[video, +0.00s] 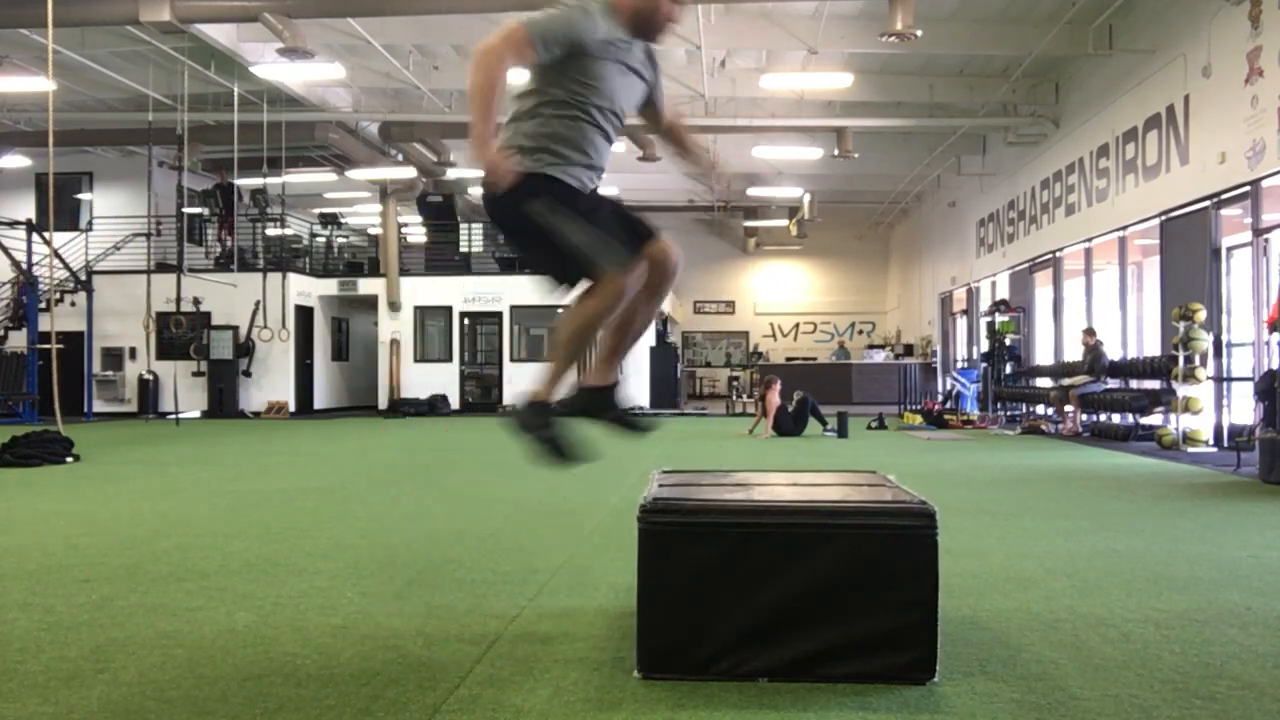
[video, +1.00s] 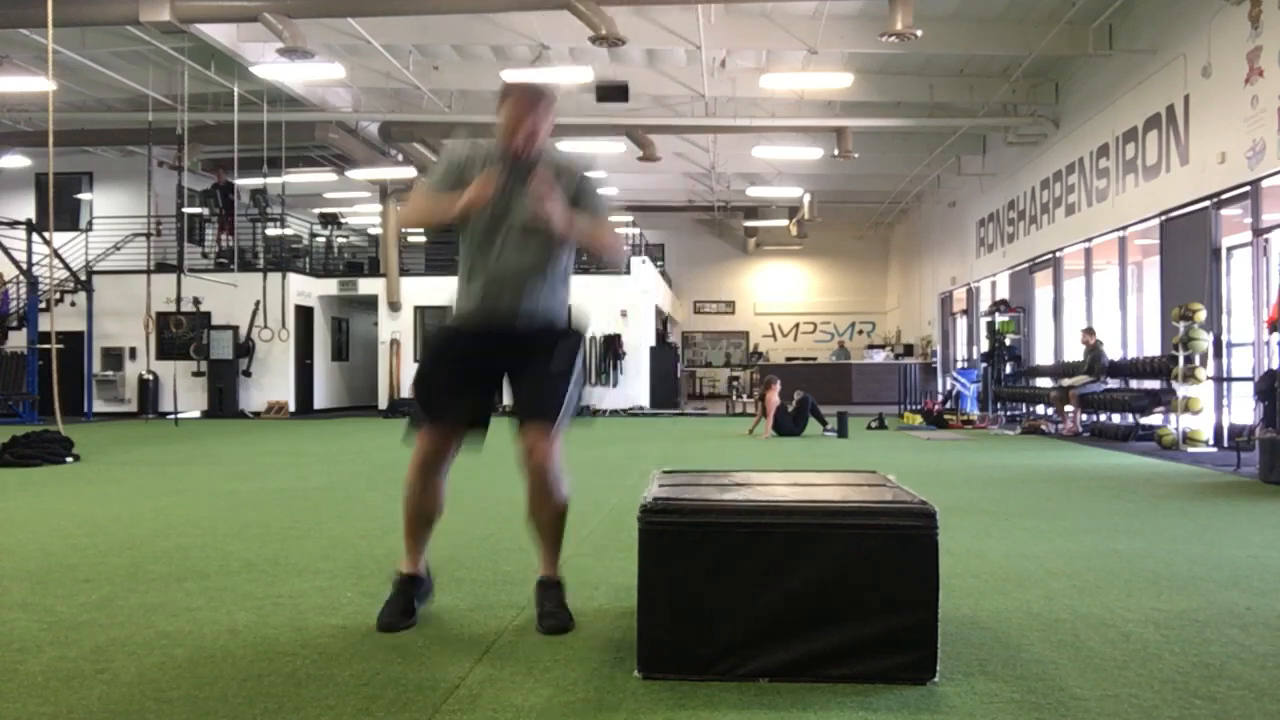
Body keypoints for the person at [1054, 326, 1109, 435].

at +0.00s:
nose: (1082, 340)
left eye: (1085, 337)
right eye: (1083, 337)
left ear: (1092, 338)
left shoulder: (1099, 353)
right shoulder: (1087, 351)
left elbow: (1098, 376)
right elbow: (1084, 370)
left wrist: (1079, 379)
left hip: (1099, 382)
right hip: (1086, 380)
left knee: (1074, 393)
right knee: (1057, 395)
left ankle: (1076, 426)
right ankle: (1066, 425)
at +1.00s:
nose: (1082, 339)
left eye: (1084, 337)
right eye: (1082, 336)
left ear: (1092, 337)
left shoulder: (1099, 353)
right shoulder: (1087, 351)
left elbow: (1097, 377)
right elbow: (1085, 371)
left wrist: (1074, 381)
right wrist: (1071, 380)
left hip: (1099, 382)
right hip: (1086, 379)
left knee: (1074, 393)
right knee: (1055, 395)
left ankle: (1076, 426)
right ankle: (1066, 425)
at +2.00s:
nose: (1081, 340)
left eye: (1084, 337)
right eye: (1081, 337)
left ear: (1091, 338)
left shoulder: (1099, 353)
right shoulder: (1087, 351)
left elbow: (1096, 376)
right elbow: (1085, 371)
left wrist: (1074, 381)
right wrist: (1071, 380)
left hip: (1099, 382)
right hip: (1087, 379)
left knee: (1074, 393)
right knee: (1055, 395)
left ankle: (1076, 426)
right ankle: (1066, 425)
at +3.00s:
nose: (1082, 340)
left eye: (1084, 337)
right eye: (1082, 336)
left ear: (1092, 338)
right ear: (1087, 338)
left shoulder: (1099, 353)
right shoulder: (1088, 351)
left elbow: (1095, 377)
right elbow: (1085, 372)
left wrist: (1073, 381)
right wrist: (1071, 380)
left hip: (1099, 382)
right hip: (1087, 379)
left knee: (1074, 393)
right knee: (1054, 395)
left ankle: (1076, 426)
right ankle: (1066, 424)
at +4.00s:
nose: (1083, 340)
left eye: (1085, 337)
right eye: (1083, 337)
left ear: (1093, 338)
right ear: (1087, 338)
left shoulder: (1100, 354)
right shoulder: (1087, 351)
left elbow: (1096, 377)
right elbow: (1085, 372)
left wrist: (1073, 381)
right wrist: (1071, 380)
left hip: (1098, 382)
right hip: (1086, 380)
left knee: (1074, 393)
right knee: (1054, 395)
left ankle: (1076, 426)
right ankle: (1066, 424)